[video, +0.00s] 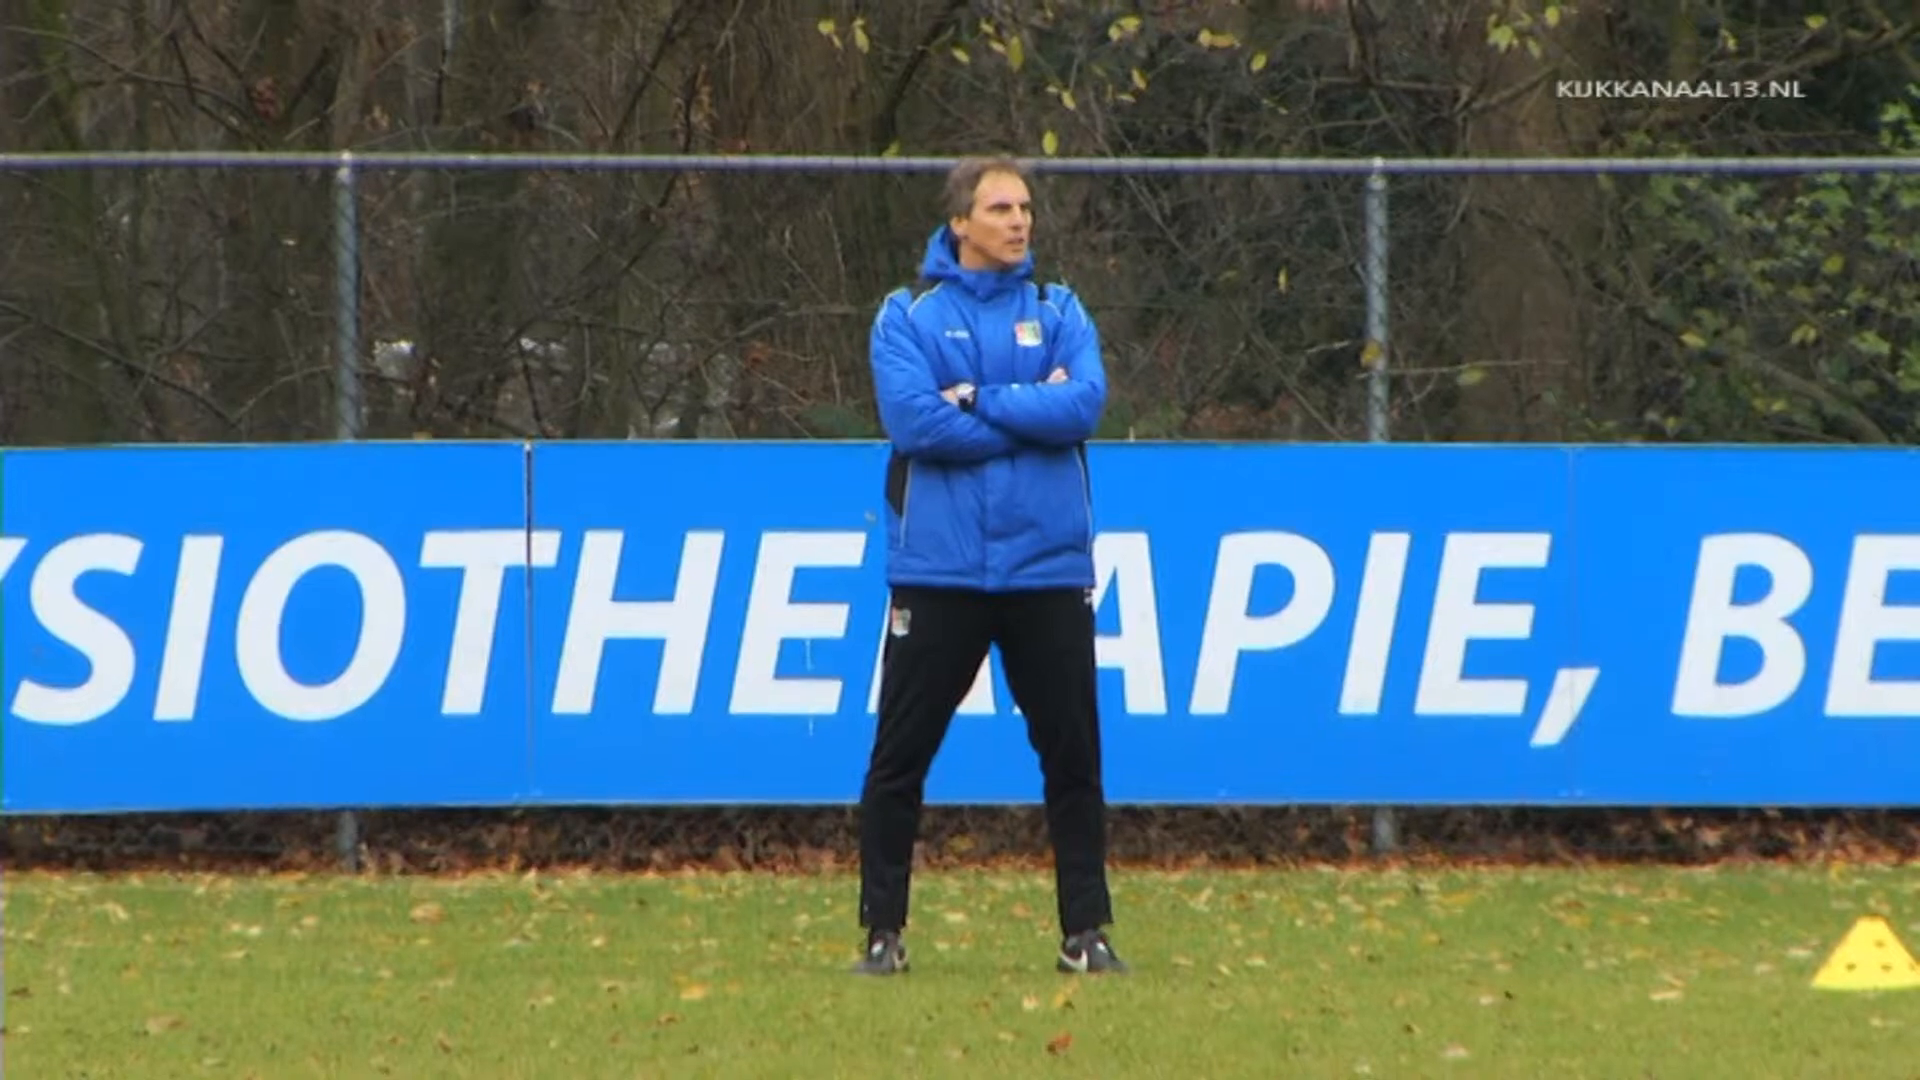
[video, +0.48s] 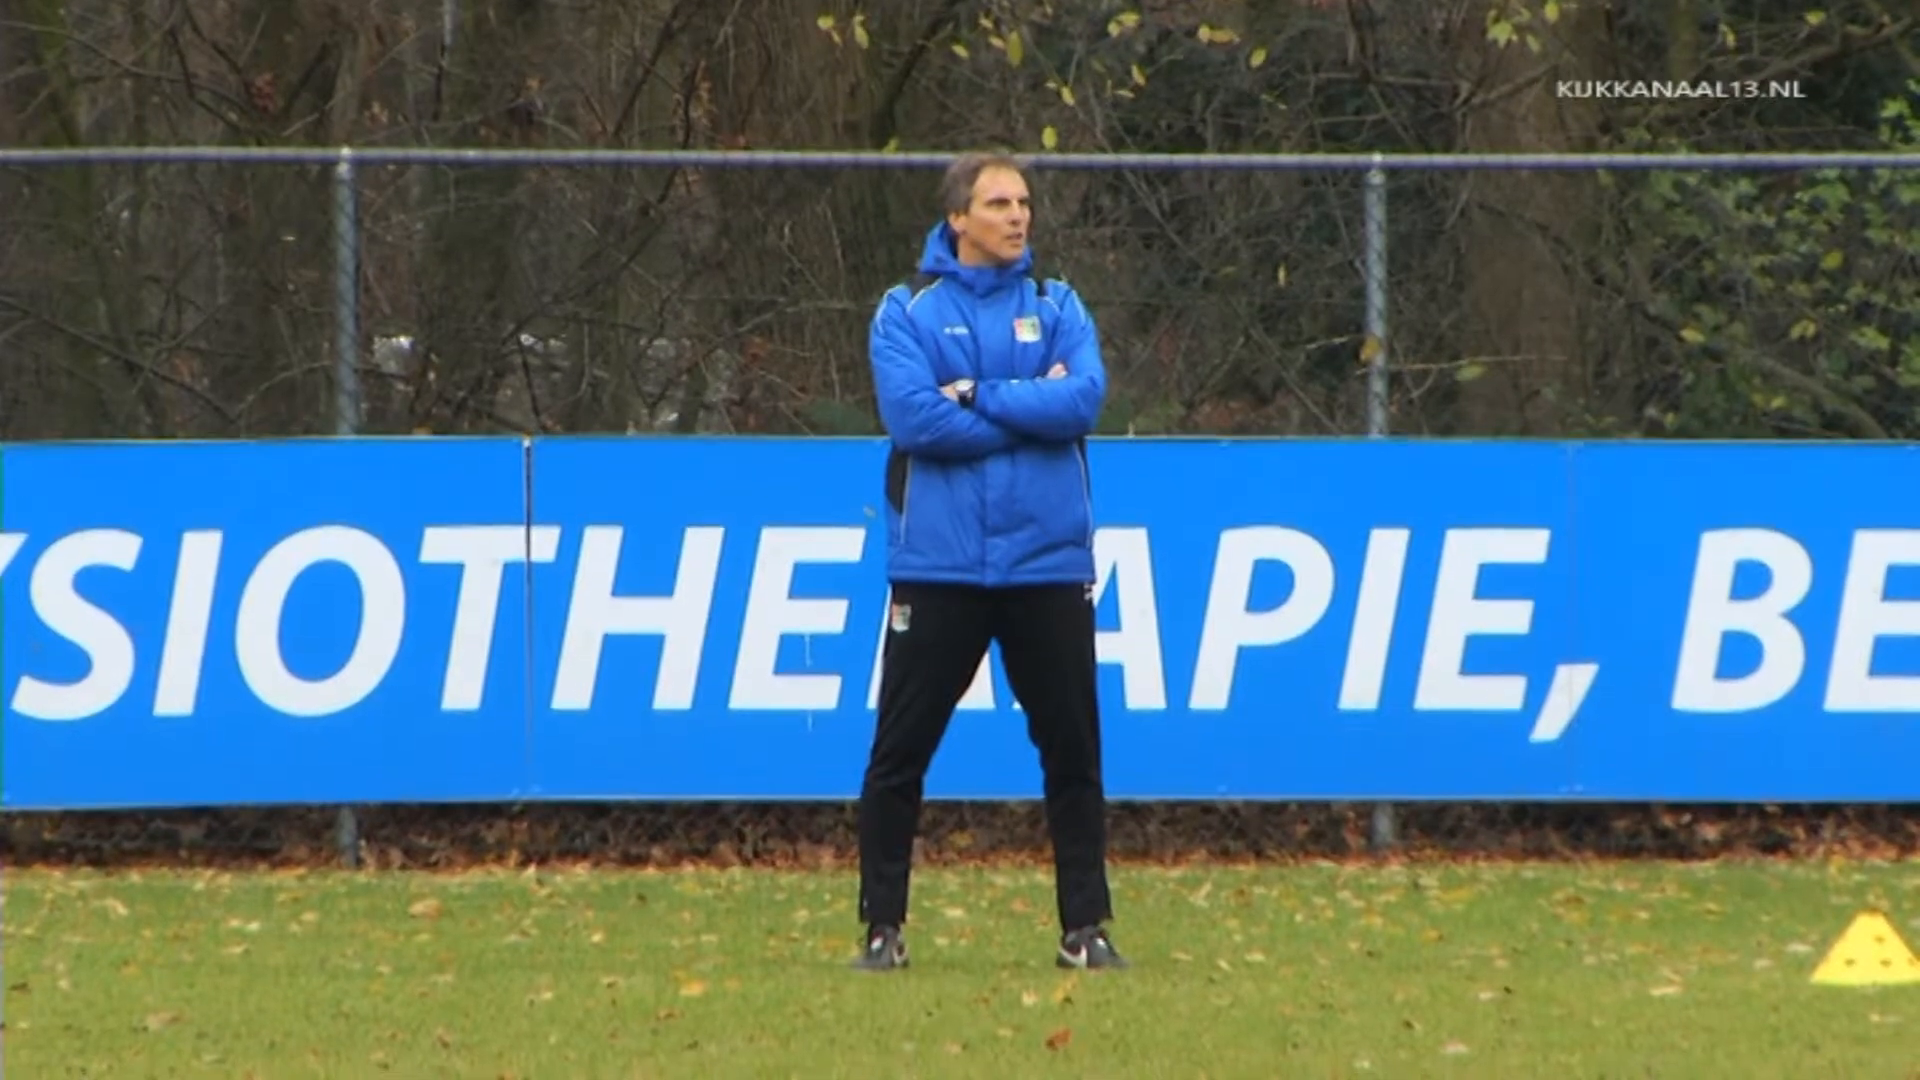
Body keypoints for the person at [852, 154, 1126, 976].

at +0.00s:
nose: (1018, 220)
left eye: (1024, 209)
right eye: (1000, 209)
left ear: (1032, 222)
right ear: (960, 224)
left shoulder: (1059, 309)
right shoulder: (906, 315)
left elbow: (1083, 405)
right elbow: (917, 427)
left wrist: (975, 396)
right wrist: (1026, 418)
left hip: (1049, 571)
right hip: (940, 573)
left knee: (1073, 753)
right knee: (902, 755)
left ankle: (1085, 933)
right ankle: (882, 932)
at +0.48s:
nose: (1017, 215)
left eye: (1023, 204)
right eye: (999, 205)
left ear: (1031, 217)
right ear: (958, 220)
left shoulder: (1058, 304)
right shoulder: (905, 311)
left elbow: (1082, 401)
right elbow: (917, 424)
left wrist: (973, 392)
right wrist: (1026, 413)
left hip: (1050, 566)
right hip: (941, 568)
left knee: (1073, 750)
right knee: (901, 751)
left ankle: (1085, 930)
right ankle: (882, 929)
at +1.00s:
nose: (1017, 216)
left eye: (1022, 205)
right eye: (998, 206)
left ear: (1030, 218)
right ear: (957, 222)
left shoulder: (1057, 305)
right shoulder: (904, 312)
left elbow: (1081, 403)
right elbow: (916, 426)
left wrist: (972, 394)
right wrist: (1026, 414)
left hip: (1050, 568)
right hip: (941, 570)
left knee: (1073, 751)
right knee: (901, 753)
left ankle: (1085, 932)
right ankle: (882, 930)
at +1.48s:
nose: (1014, 216)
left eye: (1020, 204)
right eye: (996, 205)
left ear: (1028, 217)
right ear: (955, 221)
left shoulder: (1056, 305)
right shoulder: (903, 313)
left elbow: (1081, 402)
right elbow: (916, 425)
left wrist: (972, 393)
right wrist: (1026, 413)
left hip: (1049, 567)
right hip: (941, 570)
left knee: (1073, 751)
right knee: (901, 752)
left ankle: (1085, 931)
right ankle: (881, 929)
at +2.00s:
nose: (1018, 213)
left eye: (1023, 201)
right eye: (1000, 202)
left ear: (1029, 216)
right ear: (957, 219)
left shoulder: (1056, 304)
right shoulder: (903, 311)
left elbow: (1080, 401)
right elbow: (917, 424)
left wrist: (971, 391)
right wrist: (1026, 412)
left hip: (1049, 567)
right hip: (940, 570)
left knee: (1073, 751)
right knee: (901, 752)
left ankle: (1085, 931)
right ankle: (882, 929)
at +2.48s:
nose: (1028, 214)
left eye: (1032, 202)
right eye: (1010, 202)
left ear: (1033, 217)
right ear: (965, 218)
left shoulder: (1059, 306)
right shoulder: (906, 310)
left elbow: (1083, 402)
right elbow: (917, 423)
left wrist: (975, 391)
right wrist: (1027, 412)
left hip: (1050, 567)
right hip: (941, 569)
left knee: (1073, 750)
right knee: (901, 752)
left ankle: (1085, 931)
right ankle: (882, 929)